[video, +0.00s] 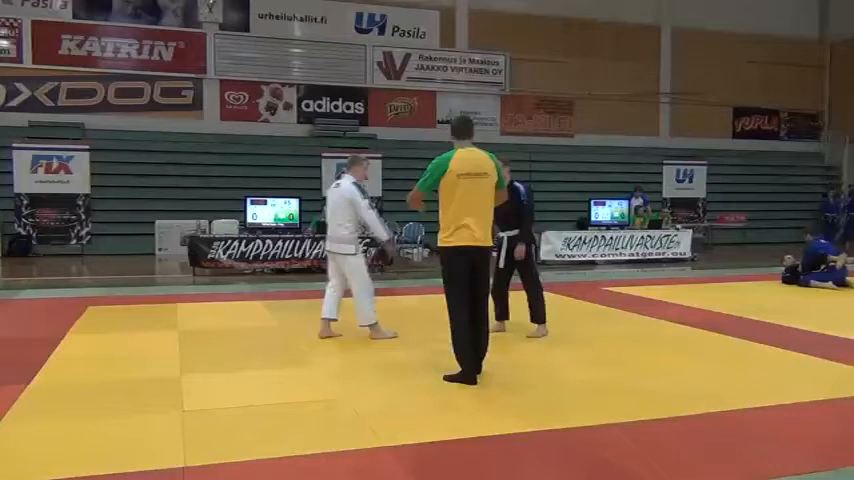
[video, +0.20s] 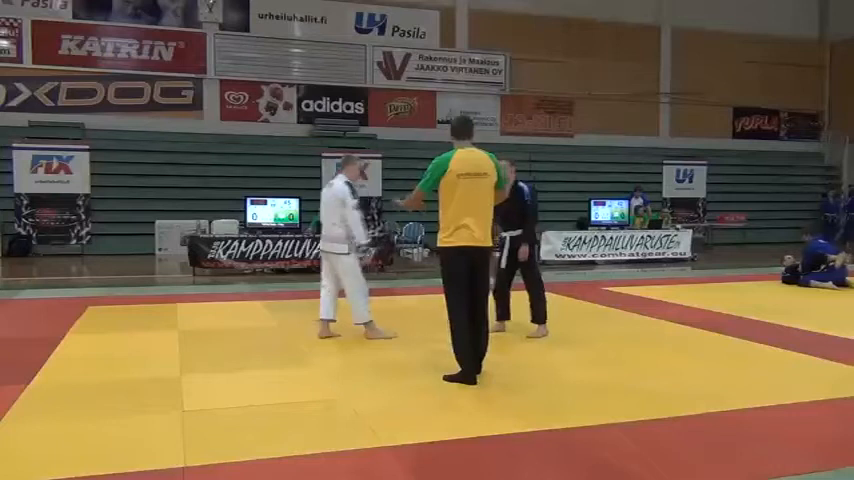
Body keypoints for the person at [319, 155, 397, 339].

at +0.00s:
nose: (366, 174)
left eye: (366, 169)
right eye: (365, 169)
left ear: (350, 168)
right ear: (356, 168)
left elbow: (330, 216)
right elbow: (368, 216)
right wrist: (385, 238)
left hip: (332, 247)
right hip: (349, 248)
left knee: (335, 284)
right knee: (363, 286)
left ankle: (325, 325)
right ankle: (374, 328)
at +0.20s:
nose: (361, 175)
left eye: (361, 170)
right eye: (359, 170)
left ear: (345, 168)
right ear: (351, 168)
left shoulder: (328, 186)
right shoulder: (345, 189)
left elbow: (327, 217)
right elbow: (353, 217)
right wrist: (363, 241)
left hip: (326, 246)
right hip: (341, 247)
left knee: (328, 284)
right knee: (357, 285)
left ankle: (324, 325)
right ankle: (369, 326)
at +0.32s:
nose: (348, 171)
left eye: (349, 167)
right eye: (346, 166)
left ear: (333, 166)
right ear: (335, 166)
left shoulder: (320, 184)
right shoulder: (329, 185)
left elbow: (322, 215)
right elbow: (330, 215)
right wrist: (338, 241)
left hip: (318, 243)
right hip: (329, 243)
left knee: (323, 283)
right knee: (345, 281)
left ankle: (323, 324)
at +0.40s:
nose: (340, 170)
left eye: (341, 166)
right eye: (337, 166)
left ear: (327, 166)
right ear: (326, 165)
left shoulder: (314, 184)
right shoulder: (324, 185)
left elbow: (314, 216)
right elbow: (326, 214)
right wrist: (332, 241)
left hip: (313, 243)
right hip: (323, 243)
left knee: (319, 283)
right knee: (335, 281)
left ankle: (322, 322)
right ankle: (317, 320)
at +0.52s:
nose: (330, 169)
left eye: (330, 166)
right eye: (327, 165)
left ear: (318, 165)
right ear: (317, 165)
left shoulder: (307, 183)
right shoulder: (314, 184)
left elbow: (312, 214)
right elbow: (318, 214)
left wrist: (325, 240)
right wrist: (328, 241)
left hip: (311, 243)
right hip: (310, 244)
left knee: (320, 283)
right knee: (316, 283)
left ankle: (322, 325)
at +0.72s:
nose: (313, 172)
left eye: (313, 168)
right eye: (310, 168)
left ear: (299, 168)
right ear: (299, 167)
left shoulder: (288, 186)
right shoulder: (296, 187)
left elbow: (288, 221)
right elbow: (302, 219)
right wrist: (319, 244)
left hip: (295, 248)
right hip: (288, 248)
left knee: (306, 284)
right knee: (280, 287)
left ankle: (316, 324)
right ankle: (264, 331)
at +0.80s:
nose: (307, 170)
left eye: (307, 167)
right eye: (304, 166)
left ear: (294, 166)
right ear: (293, 165)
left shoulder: (280, 183)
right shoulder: (289, 184)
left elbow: (280, 218)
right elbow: (293, 217)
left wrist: (296, 243)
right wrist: (308, 242)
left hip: (287, 245)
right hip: (281, 245)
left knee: (298, 282)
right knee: (275, 285)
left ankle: (303, 323)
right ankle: (264, 331)